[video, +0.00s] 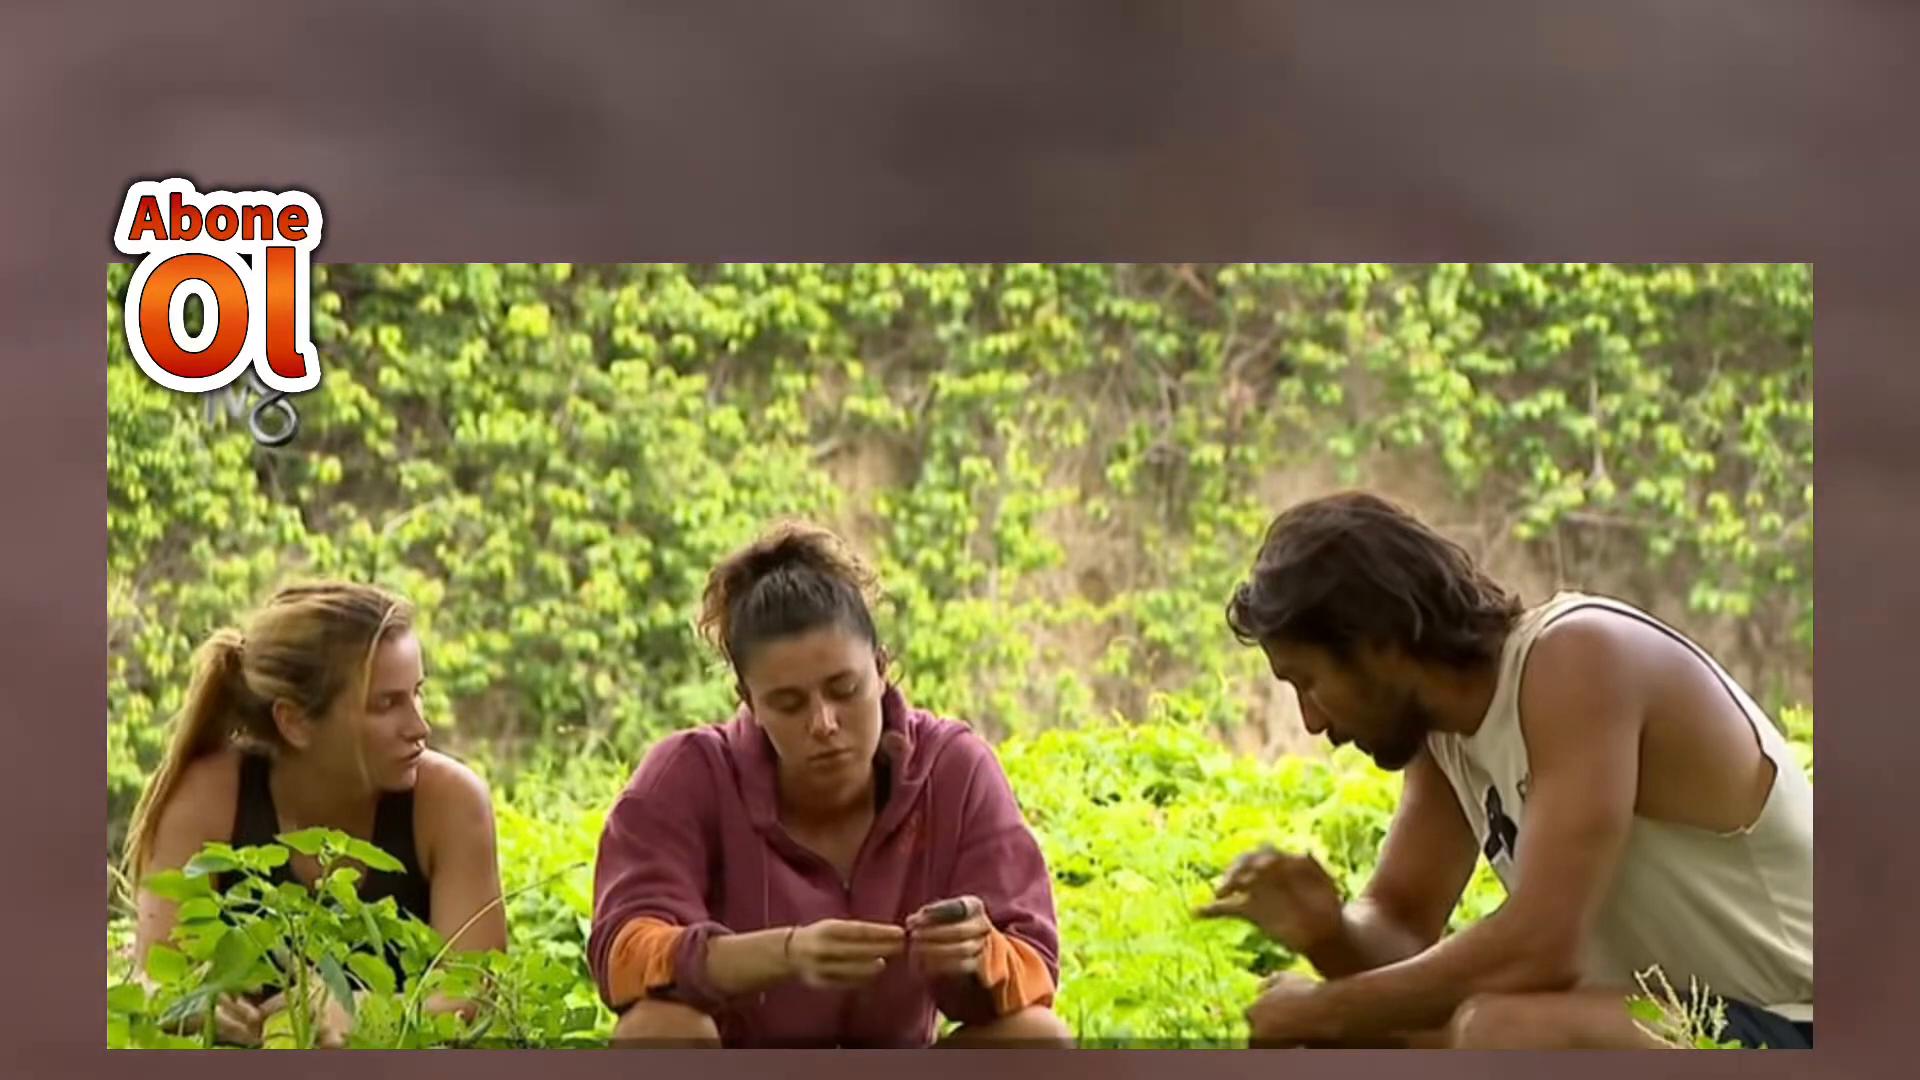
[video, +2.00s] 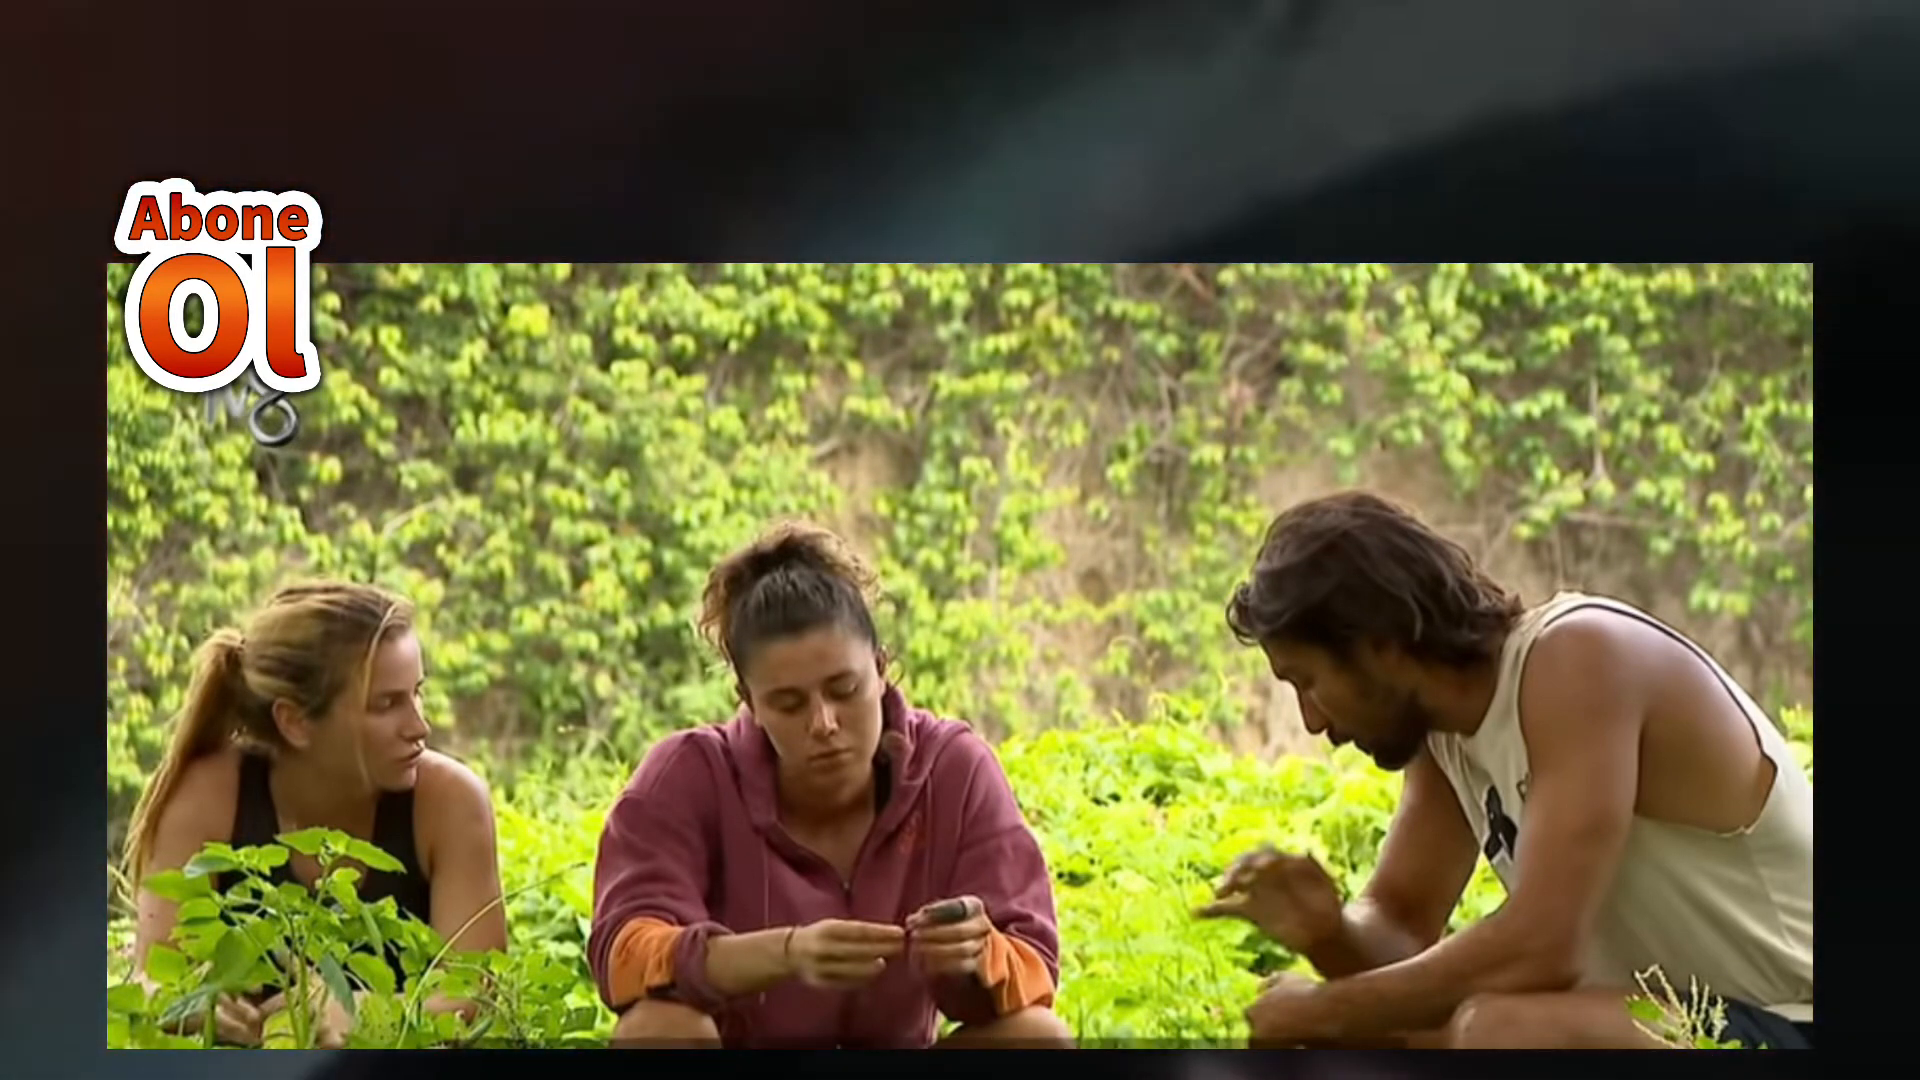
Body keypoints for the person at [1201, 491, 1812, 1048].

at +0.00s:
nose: (1311, 724)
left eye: (1306, 687)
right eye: (1296, 693)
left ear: (1383, 640)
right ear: (1383, 641)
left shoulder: (1584, 656)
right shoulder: (1451, 731)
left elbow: (1539, 950)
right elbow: (1402, 926)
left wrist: (1327, 1014)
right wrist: (1329, 932)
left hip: (1788, 1019)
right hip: (1659, 1004)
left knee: (1502, 1026)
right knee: (1374, 1027)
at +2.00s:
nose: (1311, 723)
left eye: (1306, 686)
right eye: (1295, 693)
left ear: (1384, 642)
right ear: (1384, 643)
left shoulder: (1585, 656)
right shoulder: (1451, 731)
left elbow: (1539, 951)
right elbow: (1402, 926)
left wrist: (1320, 1014)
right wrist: (1330, 932)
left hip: (1784, 1012)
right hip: (1651, 1000)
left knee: (1499, 1024)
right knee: (1366, 1029)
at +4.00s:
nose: (1311, 724)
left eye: (1307, 687)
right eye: (1296, 693)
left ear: (1384, 642)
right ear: (1384, 643)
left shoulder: (1584, 657)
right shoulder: (1451, 731)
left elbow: (1540, 950)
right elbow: (1403, 926)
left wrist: (1327, 1015)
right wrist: (1329, 933)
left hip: (1790, 1018)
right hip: (1659, 1002)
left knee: (1500, 1026)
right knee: (1381, 1026)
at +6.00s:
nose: (1311, 723)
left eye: (1306, 687)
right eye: (1295, 693)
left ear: (1384, 642)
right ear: (1384, 644)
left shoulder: (1584, 656)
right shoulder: (1450, 730)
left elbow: (1540, 950)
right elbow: (1403, 925)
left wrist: (1323, 1014)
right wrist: (1330, 934)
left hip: (1791, 1019)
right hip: (1656, 1005)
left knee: (1499, 1025)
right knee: (1370, 1028)